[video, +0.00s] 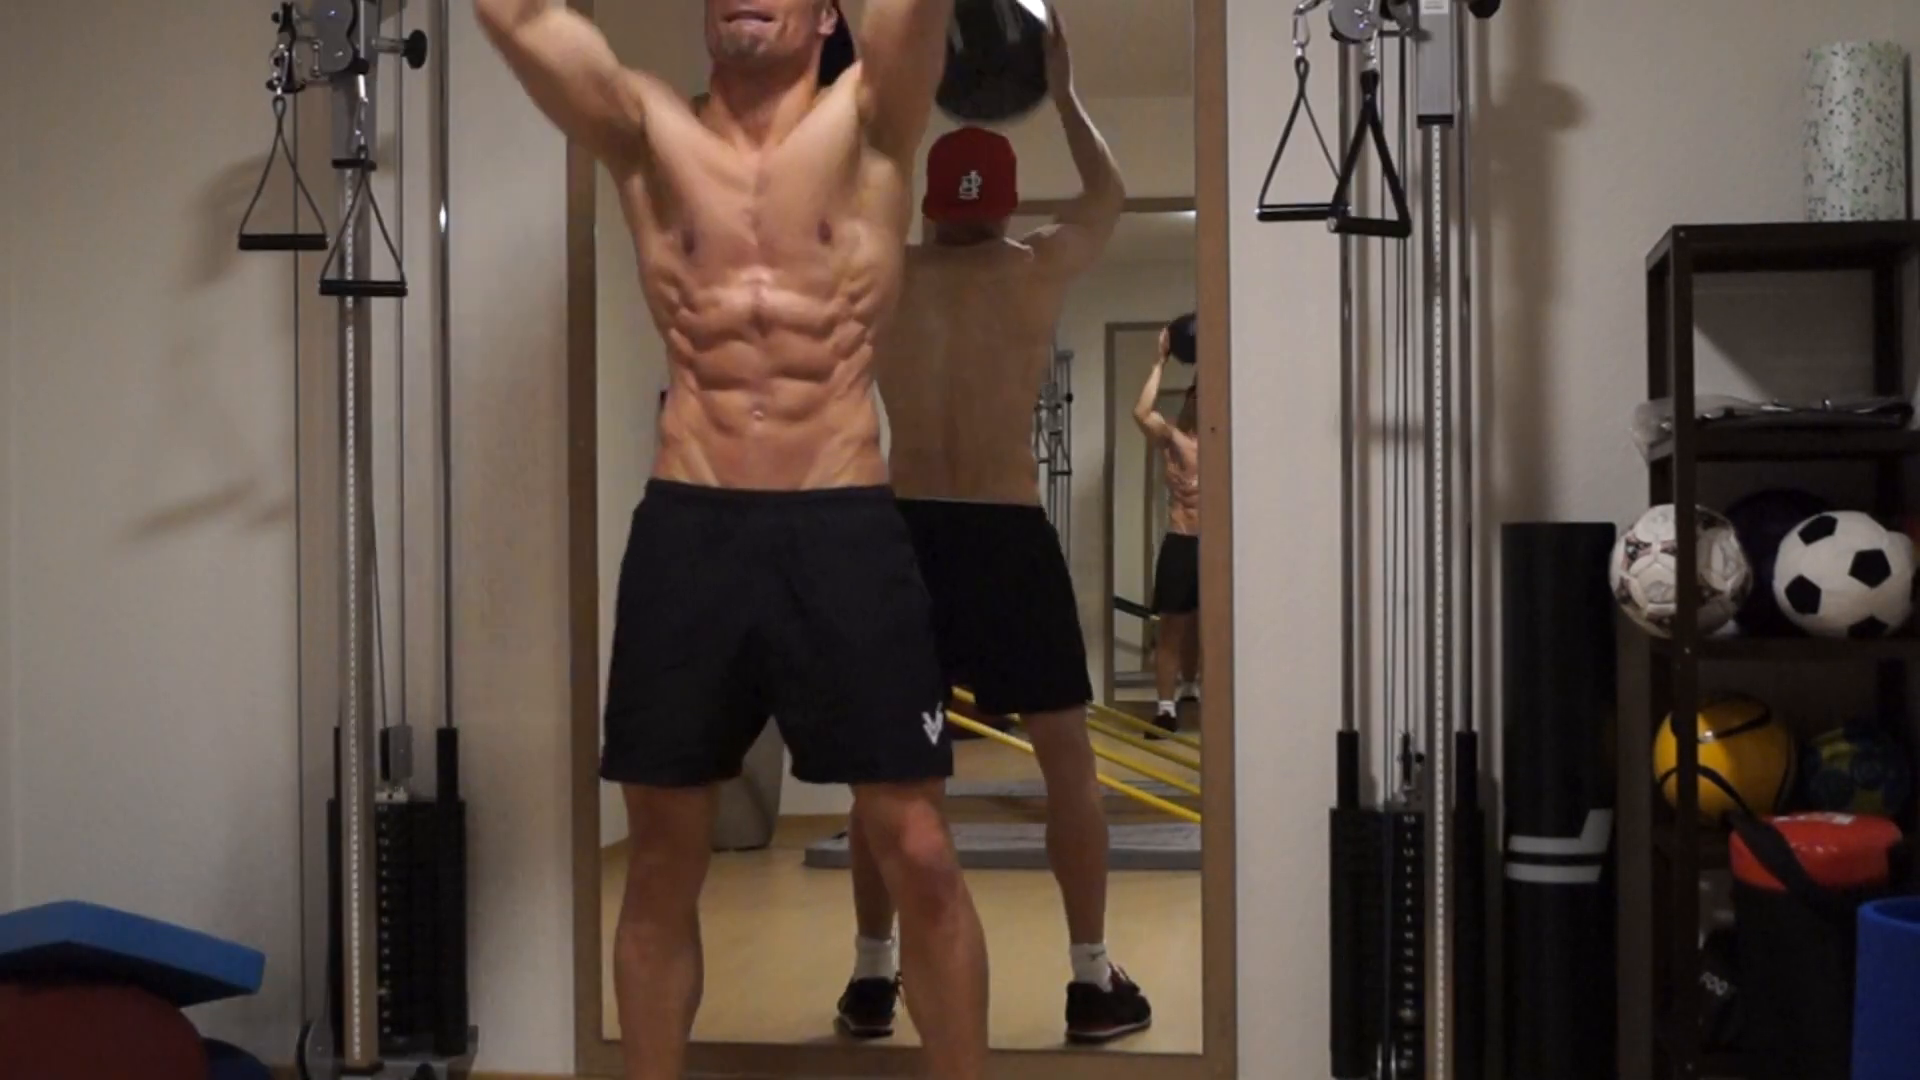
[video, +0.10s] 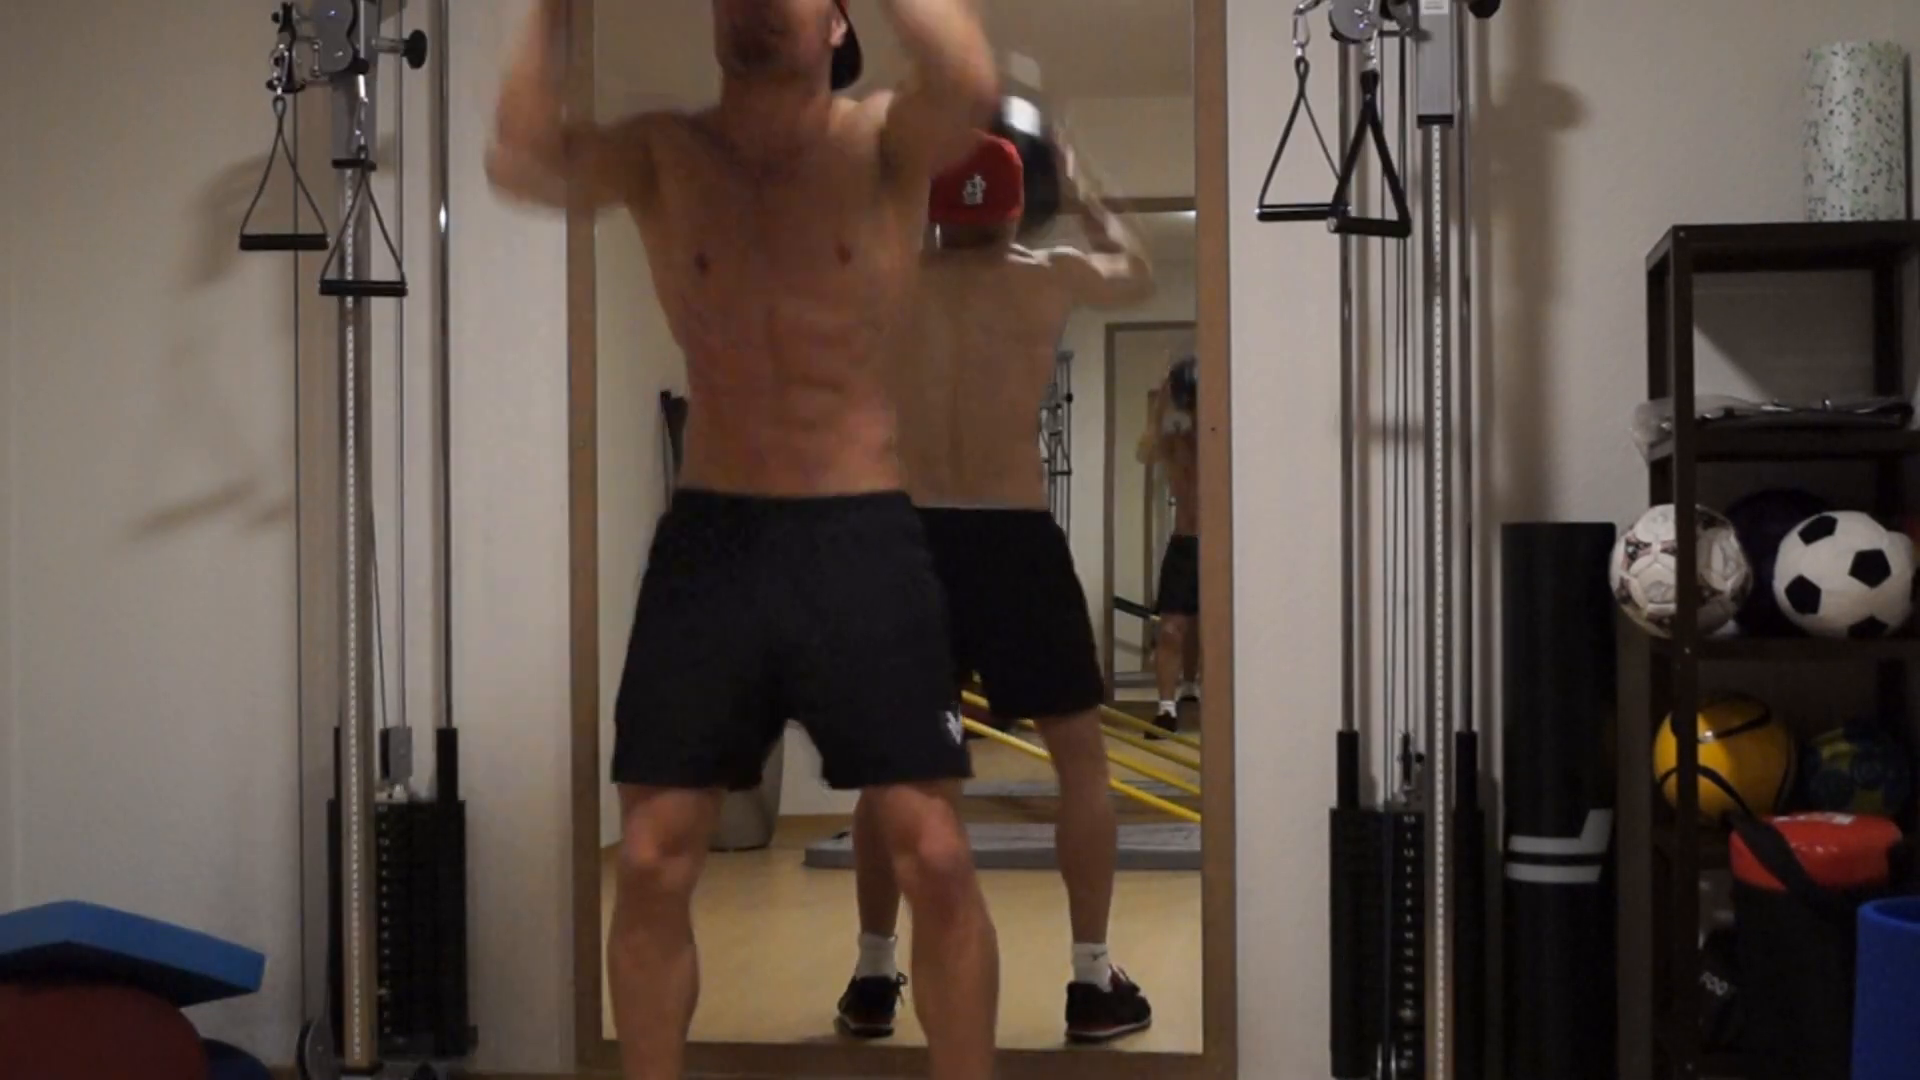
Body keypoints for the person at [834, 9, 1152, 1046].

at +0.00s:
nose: (983, 203)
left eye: (964, 190)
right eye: (993, 192)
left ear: (925, 201)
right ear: (1008, 206)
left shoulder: (882, 268)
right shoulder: (1039, 272)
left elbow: (855, 189)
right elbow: (1105, 197)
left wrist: (880, 103)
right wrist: (1068, 101)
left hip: (903, 536)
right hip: (1012, 540)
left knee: (883, 778)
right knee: (1068, 768)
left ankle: (873, 972)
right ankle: (1091, 975)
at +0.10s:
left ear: (930, 203)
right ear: (1020, 207)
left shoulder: (887, 274)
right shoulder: (1045, 277)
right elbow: (1129, 268)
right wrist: (1079, 188)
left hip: (904, 541)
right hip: (1017, 542)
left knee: (886, 773)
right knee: (1080, 755)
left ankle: (875, 973)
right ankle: (1092, 976)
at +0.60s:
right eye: (1055, 481)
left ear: (977, 478)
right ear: (1054, 482)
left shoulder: (934, 527)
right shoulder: (1079, 548)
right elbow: (1076, 706)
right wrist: (1069, 863)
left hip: (924, 677)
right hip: (1022, 684)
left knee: (855, 791)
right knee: (1131, 780)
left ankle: (875, 970)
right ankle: (1096, 981)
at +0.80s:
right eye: (1063, 549)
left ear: (986, 537)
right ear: (1061, 547)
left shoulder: (925, 579)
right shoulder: (1082, 597)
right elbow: (1080, 769)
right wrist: (1066, 898)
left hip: (919, 712)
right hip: (1023, 712)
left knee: (861, 797)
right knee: (1138, 781)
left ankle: (876, 972)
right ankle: (1095, 979)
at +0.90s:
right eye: (1064, 488)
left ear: (987, 484)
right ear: (1061, 488)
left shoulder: (939, 525)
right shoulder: (1081, 544)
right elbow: (1084, 702)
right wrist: (1071, 848)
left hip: (930, 667)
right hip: (1032, 672)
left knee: (862, 792)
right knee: (1133, 781)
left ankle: (875, 971)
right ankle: (1096, 980)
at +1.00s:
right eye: (1063, 428)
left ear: (984, 427)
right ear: (1058, 430)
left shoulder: (936, 475)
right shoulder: (1084, 494)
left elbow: (899, 594)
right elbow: (1090, 639)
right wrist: (1076, 772)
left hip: (930, 633)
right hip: (1030, 638)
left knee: (871, 776)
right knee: (1124, 772)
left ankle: (873, 965)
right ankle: (1094, 979)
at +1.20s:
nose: (1027, 281)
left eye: (997, 267)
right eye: (1033, 267)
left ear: (965, 273)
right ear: (1044, 275)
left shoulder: (922, 351)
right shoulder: (1076, 358)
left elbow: (867, 464)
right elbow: (1122, 498)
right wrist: (1075, 512)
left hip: (922, 566)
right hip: (1031, 569)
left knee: (896, 770)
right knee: (1101, 765)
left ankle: (882, 971)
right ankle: (1092, 977)